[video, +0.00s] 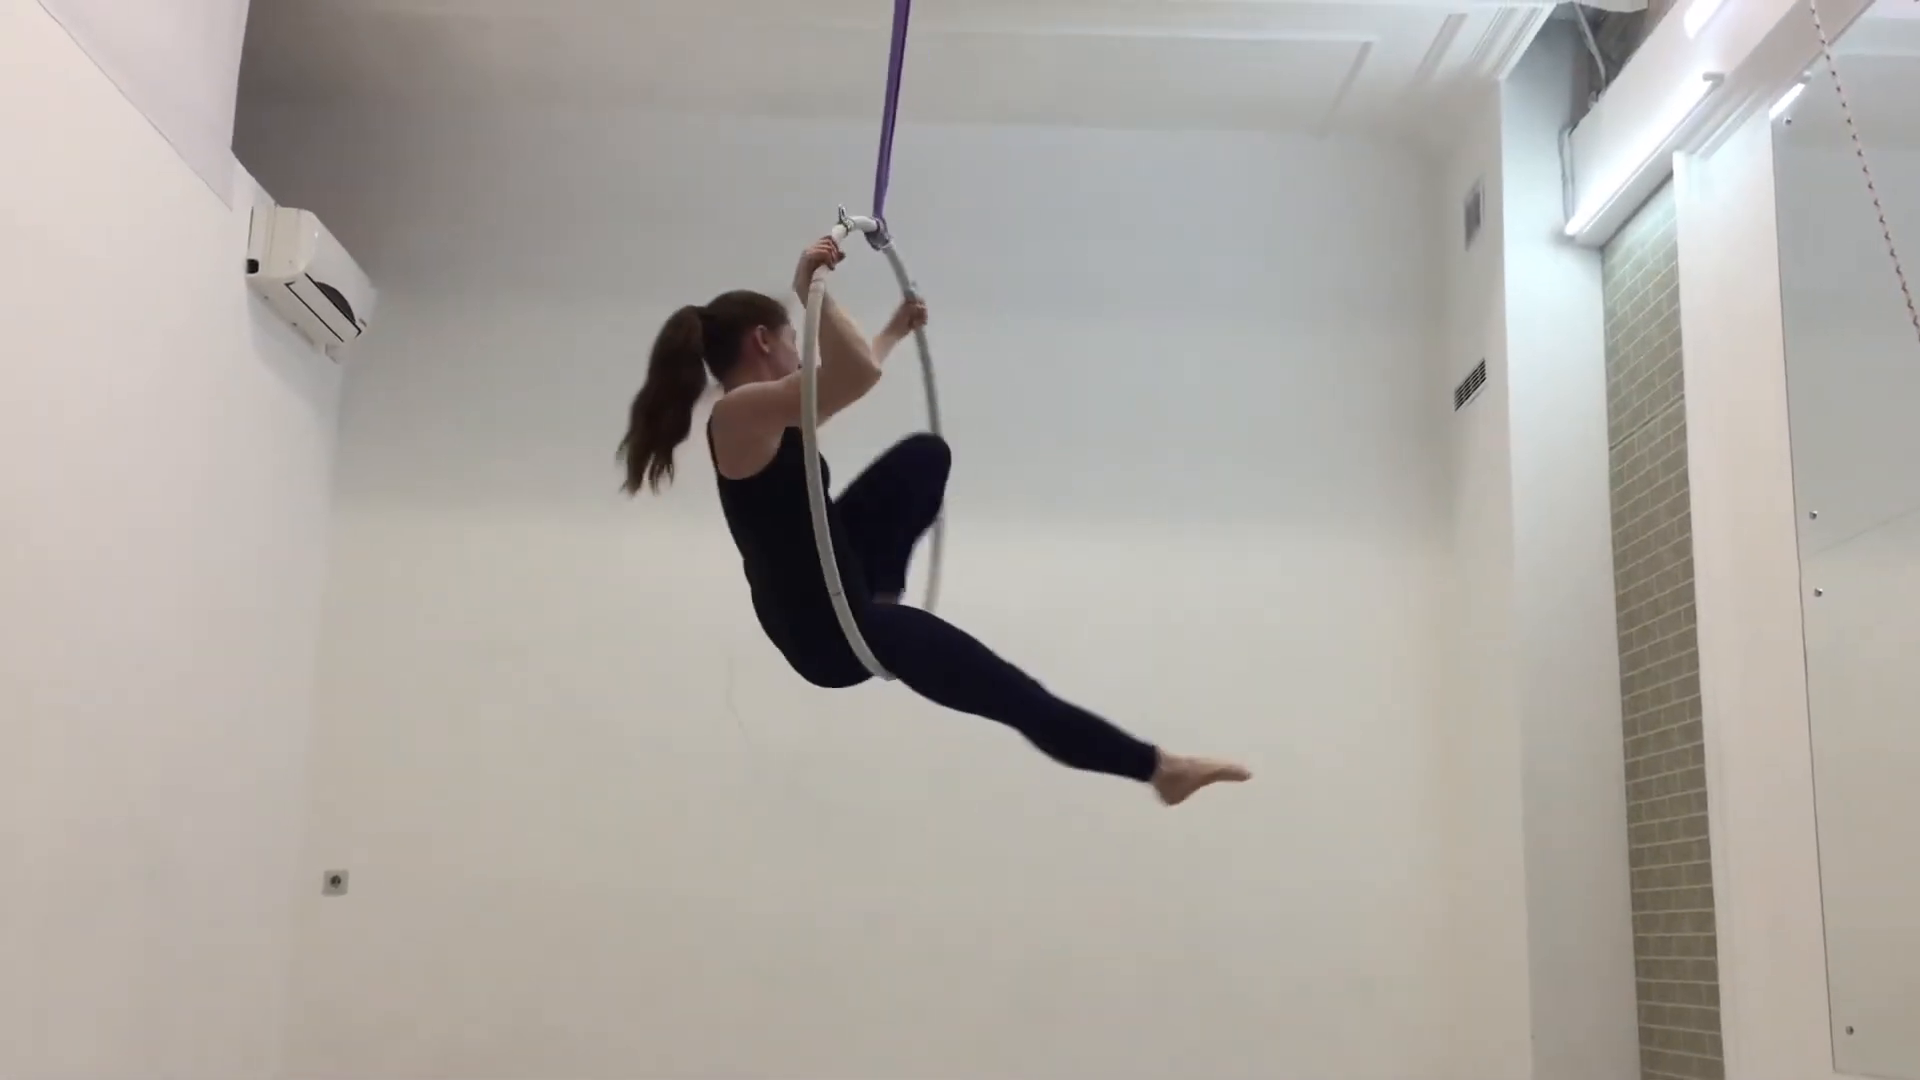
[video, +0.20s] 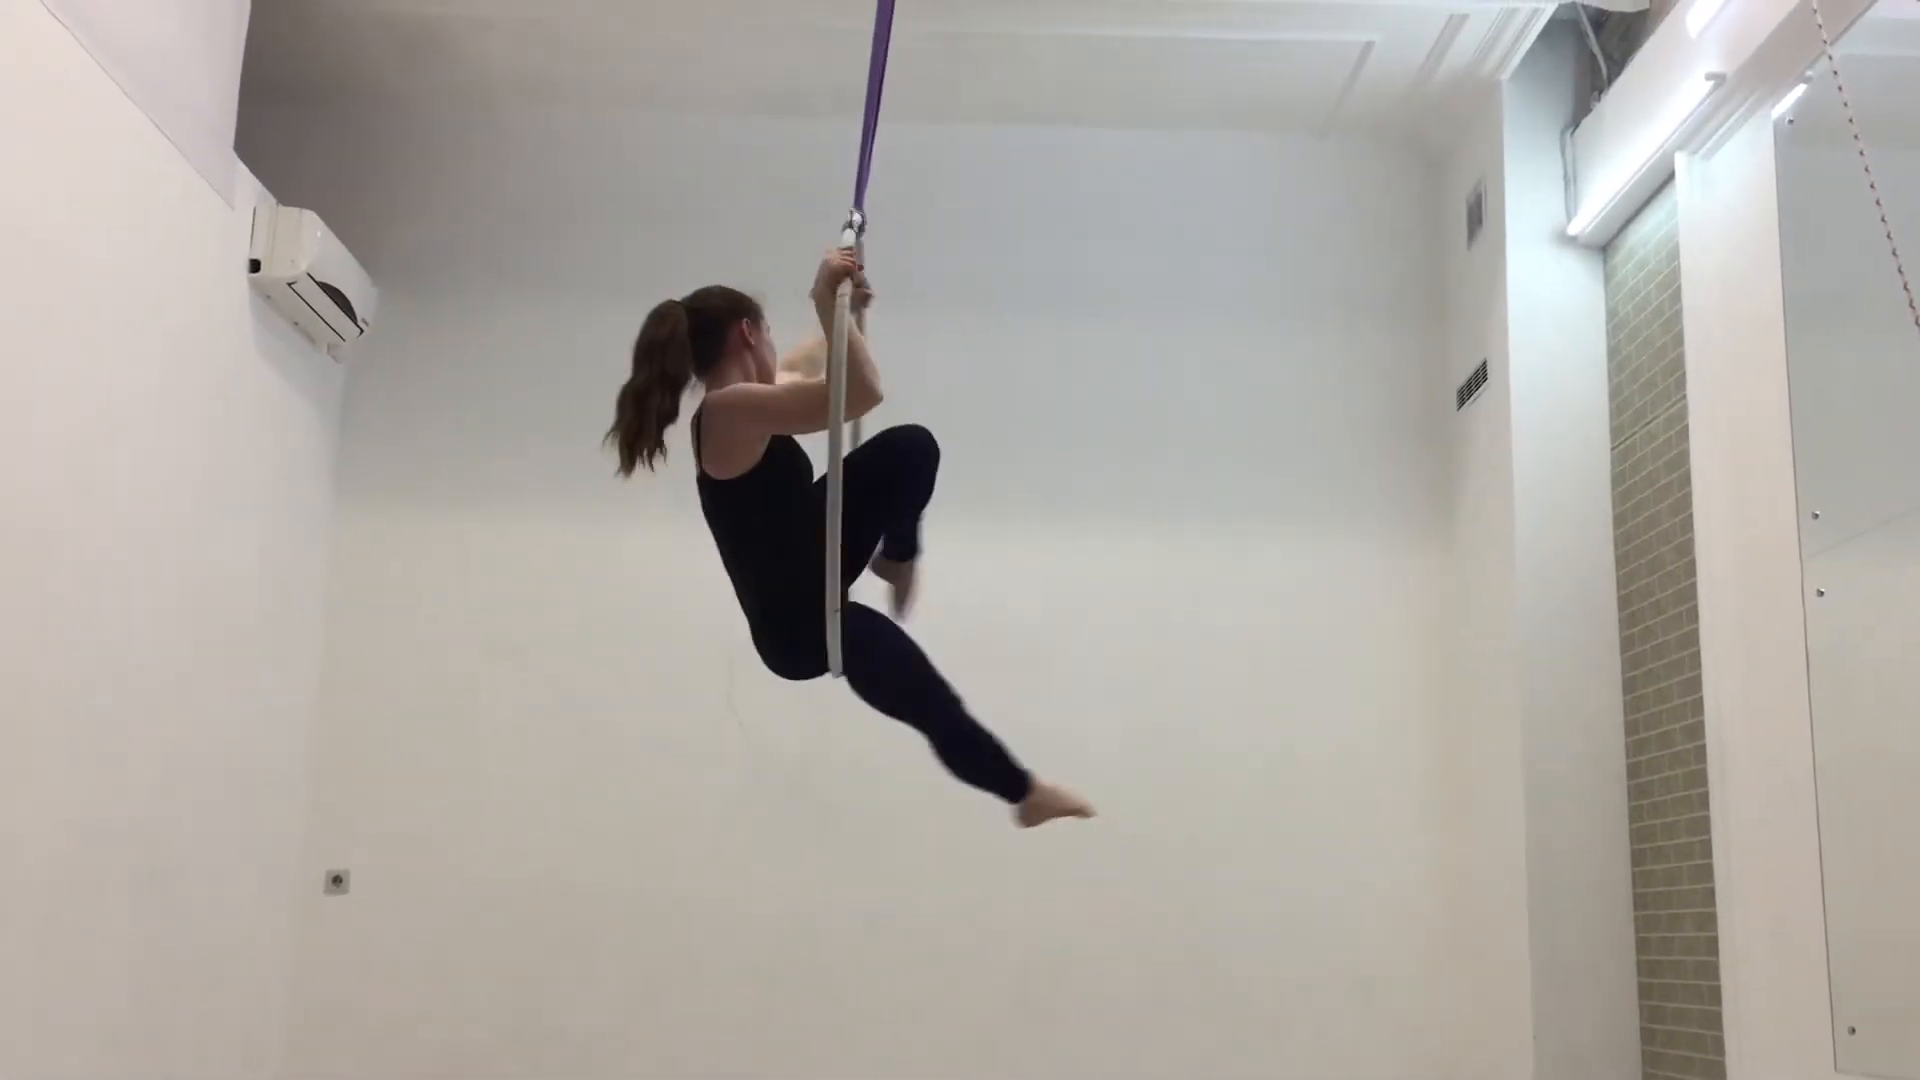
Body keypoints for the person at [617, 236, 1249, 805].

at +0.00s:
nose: (798, 347)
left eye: (793, 334)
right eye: (790, 336)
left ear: (747, 346)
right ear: (765, 344)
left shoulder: (760, 407)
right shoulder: (740, 411)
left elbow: (835, 390)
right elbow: (854, 374)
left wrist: (892, 333)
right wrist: (812, 291)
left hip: (828, 570)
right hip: (830, 626)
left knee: (926, 457)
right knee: (1007, 691)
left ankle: (875, 607)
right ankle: (1158, 769)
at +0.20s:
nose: (773, 342)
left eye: (766, 332)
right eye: (765, 331)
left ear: (726, 343)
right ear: (744, 337)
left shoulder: (747, 399)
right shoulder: (727, 411)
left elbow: (811, 363)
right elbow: (860, 395)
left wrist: (850, 315)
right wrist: (828, 304)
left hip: (815, 551)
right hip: (798, 621)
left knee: (911, 446)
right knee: (927, 699)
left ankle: (896, 557)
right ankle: (1027, 794)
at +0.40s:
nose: (764, 328)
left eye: (759, 317)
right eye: (759, 316)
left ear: (695, 342)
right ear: (745, 323)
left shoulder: (700, 413)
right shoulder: (755, 396)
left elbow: (758, 396)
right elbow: (888, 397)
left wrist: (788, 320)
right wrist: (902, 293)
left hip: (749, 586)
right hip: (780, 617)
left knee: (930, 521)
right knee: (865, 712)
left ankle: (1063, 609)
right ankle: (918, 793)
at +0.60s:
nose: (774, 313)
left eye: (770, 303)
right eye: (769, 303)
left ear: (703, 334)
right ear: (760, 315)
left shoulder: (699, 407)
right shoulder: (806, 385)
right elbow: (935, 396)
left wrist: (748, 337)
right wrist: (974, 305)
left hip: (721, 605)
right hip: (792, 609)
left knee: (894, 603)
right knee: (855, 703)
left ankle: (1033, 639)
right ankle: (895, 783)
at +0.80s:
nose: (783, 301)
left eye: (775, 294)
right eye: (778, 296)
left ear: (724, 340)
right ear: (776, 310)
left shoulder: (727, 414)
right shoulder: (845, 385)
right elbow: (971, 388)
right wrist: (1009, 293)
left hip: (759, 624)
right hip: (845, 621)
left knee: (829, 671)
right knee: (891, 681)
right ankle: (931, 730)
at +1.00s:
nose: (821, 305)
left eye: (809, 300)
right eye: (815, 300)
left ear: (766, 348)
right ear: (818, 313)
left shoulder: (778, 423)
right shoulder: (907, 386)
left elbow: (726, 394)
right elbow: (1016, 395)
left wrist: (736, 311)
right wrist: (1053, 310)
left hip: (817, 624)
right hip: (907, 623)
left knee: (828, 692)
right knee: (879, 686)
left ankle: (863, 835)